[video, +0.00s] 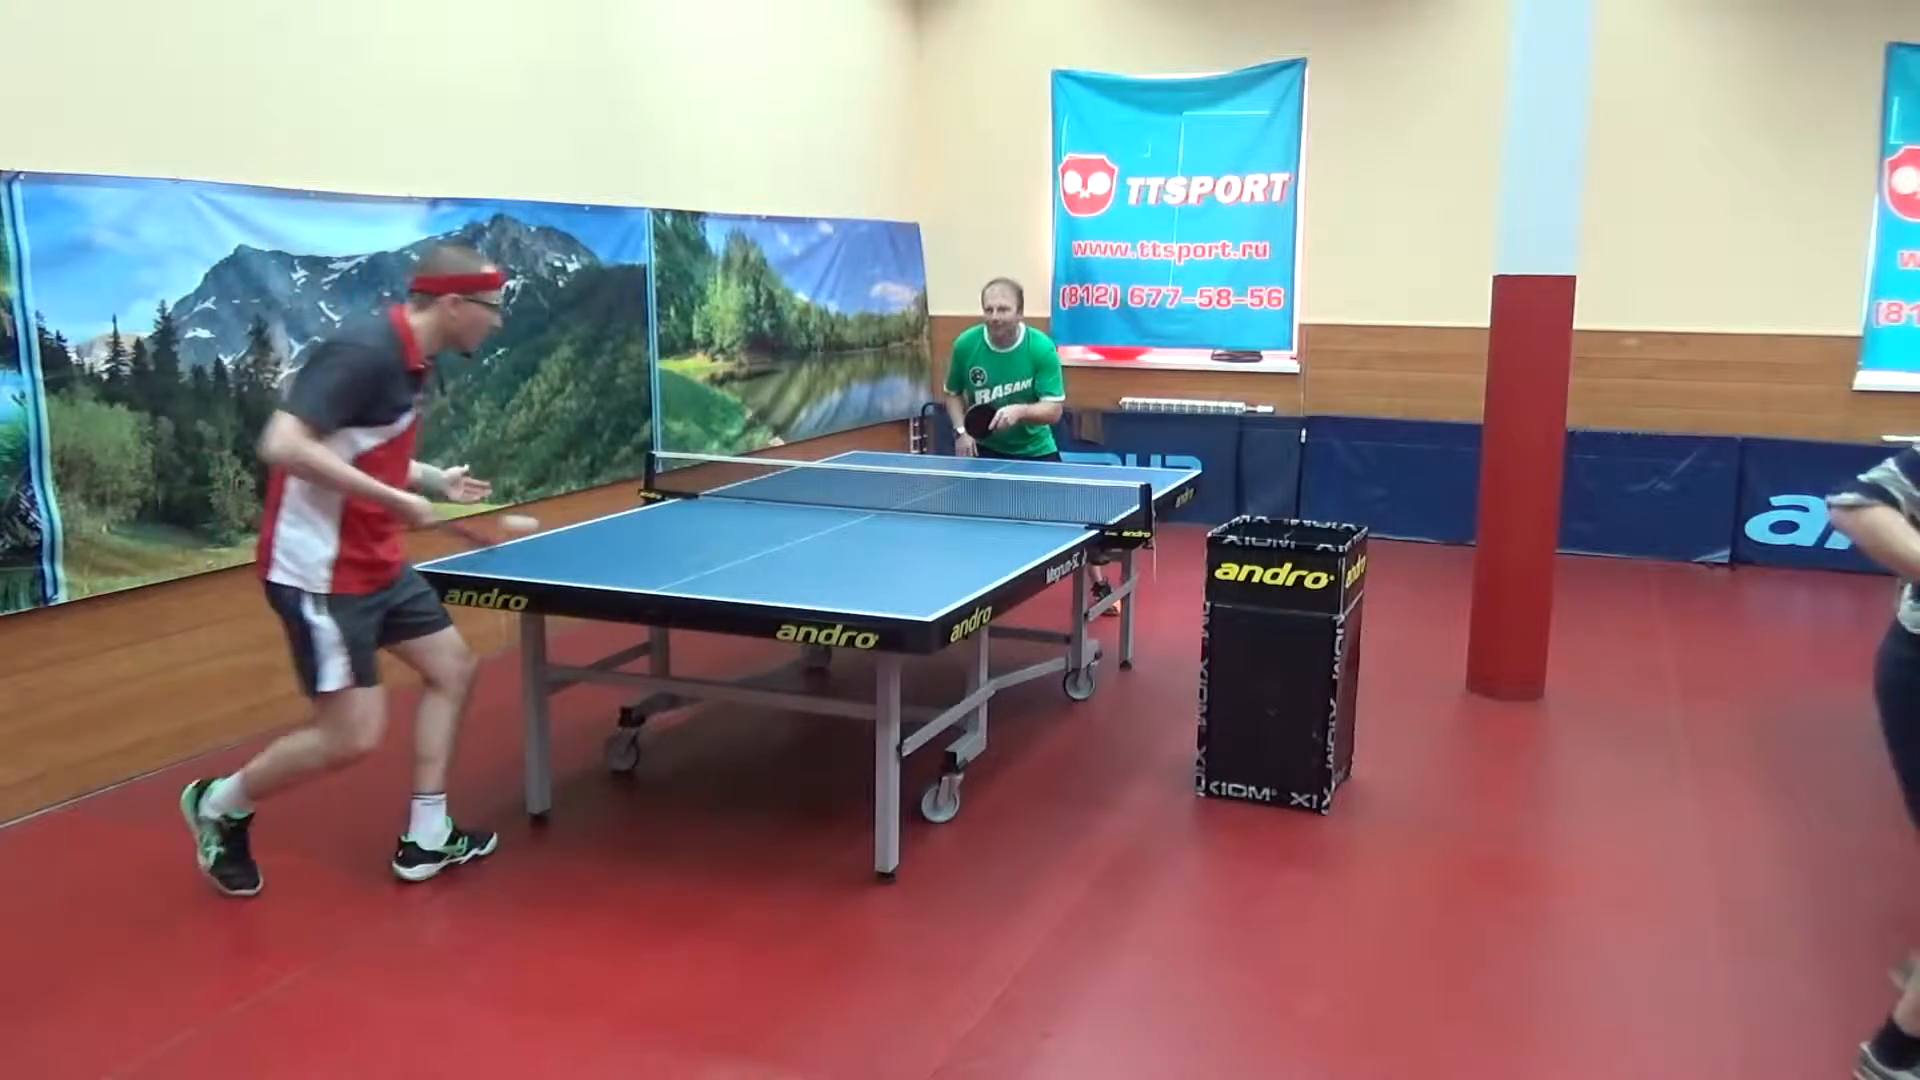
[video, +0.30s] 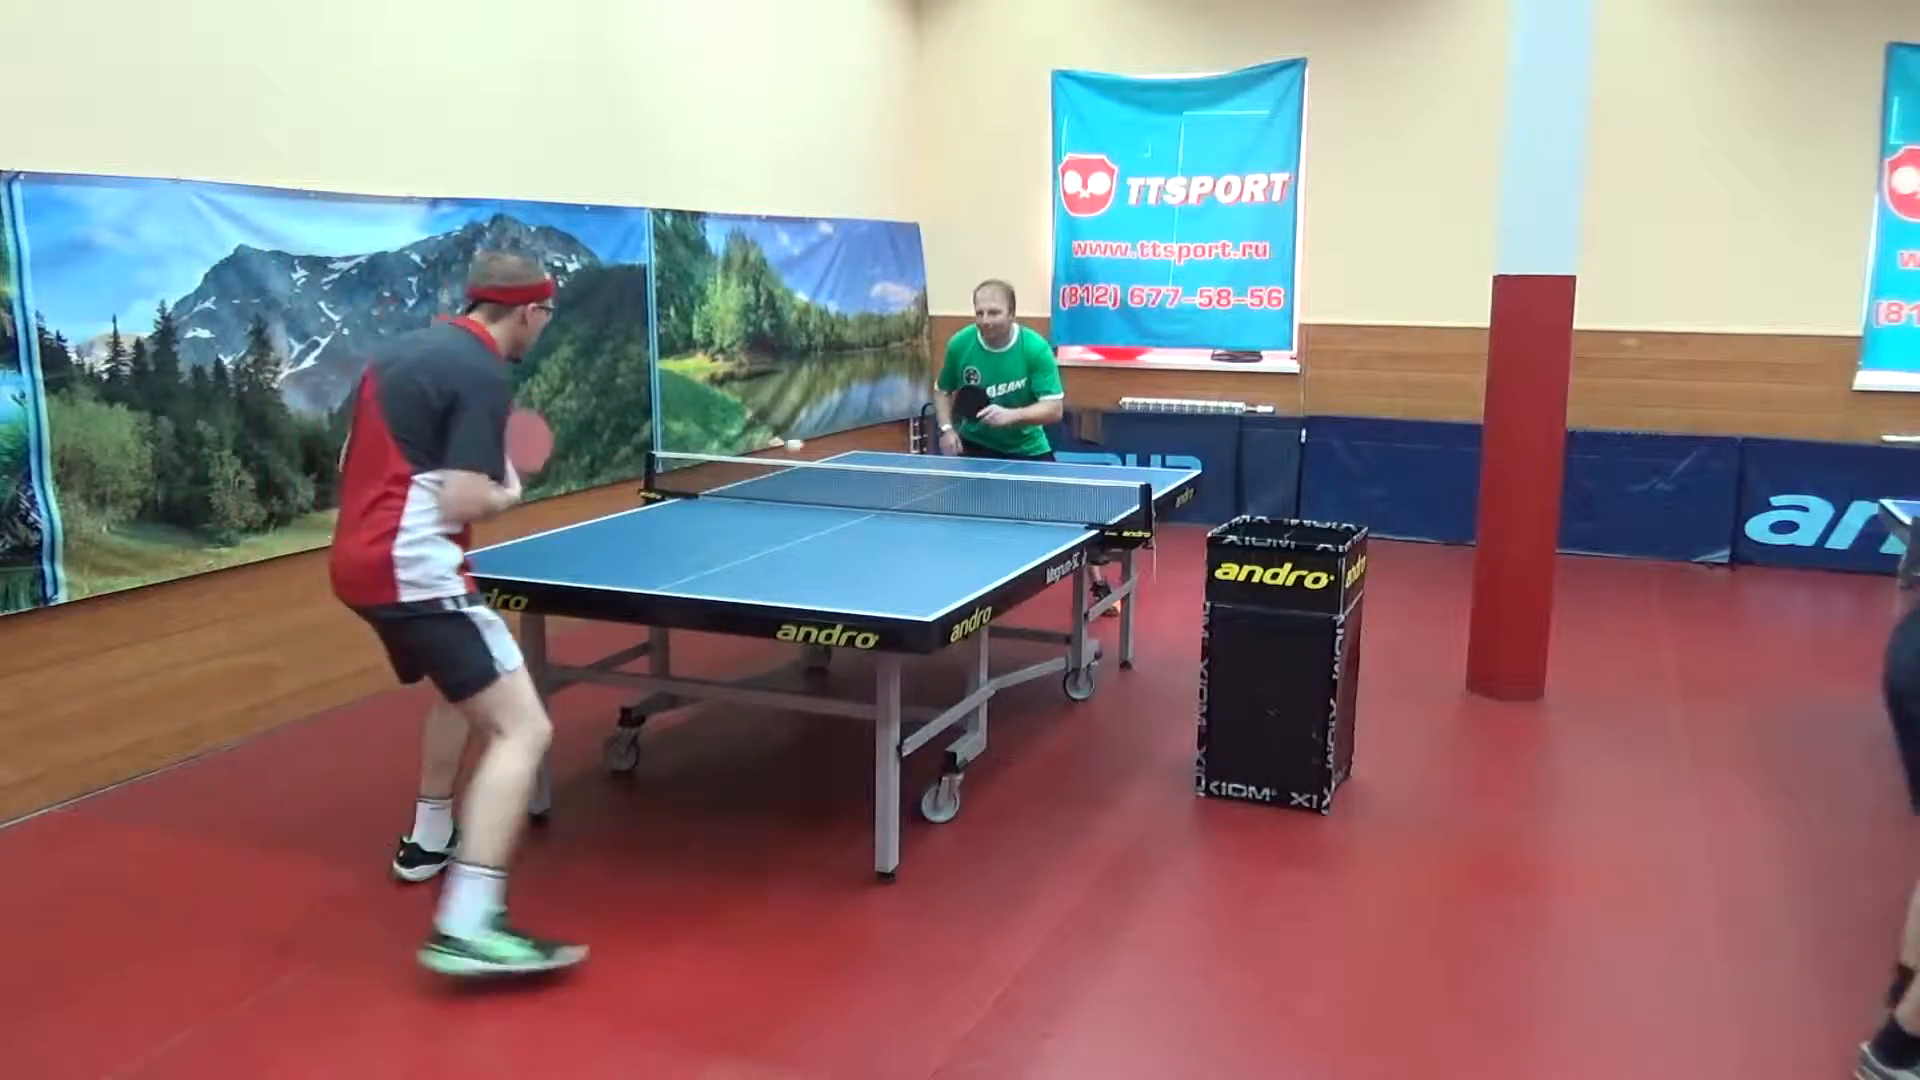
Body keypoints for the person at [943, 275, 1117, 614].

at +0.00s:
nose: (996, 317)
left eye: (1004, 310)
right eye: (990, 310)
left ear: (1020, 312)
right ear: (982, 311)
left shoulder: (1041, 348)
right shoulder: (965, 346)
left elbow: (1053, 410)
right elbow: (954, 393)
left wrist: (1019, 412)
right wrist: (962, 431)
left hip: (1037, 450)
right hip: (987, 451)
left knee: (1070, 514)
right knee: (974, 520)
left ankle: (1100, 585)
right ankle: (969, 595)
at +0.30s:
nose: (986, 321)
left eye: (994, 313)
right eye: (981, 313)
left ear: (1012, 314)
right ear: (973, 313)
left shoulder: (1035, 348)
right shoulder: (960, 345)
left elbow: (1053, 409)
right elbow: (943, 390)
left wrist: (1011, 415)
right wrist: (946, 428)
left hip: (1029, 450)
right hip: (976, 449)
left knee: (1068, 510)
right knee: (963, 517)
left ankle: (1098, 584)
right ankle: (962, 594)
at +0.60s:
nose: (946, 357)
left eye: (954, 350)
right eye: (943, 350)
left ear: (976, 350)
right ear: (939, 349)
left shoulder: (1001, 377)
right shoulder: (936, 372)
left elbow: (1020, 432)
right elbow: (925, 418)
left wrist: (969, 436)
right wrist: (921, 427)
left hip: (1013, 465)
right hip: (962, 466)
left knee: (1050, 519)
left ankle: (1096, 584)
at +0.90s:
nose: (945, 313)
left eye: (953, 306)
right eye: (941, 306)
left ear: (974, 309)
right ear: (937, 309)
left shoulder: (997, 345)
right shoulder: (934, 344)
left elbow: (997, 407)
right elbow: (930, 399)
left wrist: (947, 416)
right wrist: (921, 432)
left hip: (1011, 453)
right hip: (960, 453)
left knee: (1046, 516)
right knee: (950, 525)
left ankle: (1087, 586)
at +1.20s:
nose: (970, 300)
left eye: (979, 293)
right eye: (965, 293)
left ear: (998, 297)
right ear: (960, 297)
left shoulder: (1021, 337)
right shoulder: (950, 336)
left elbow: (1036, 395)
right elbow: (940, 392)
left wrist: (987, 403)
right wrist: (929, 430)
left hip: (1019, 450)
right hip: (966, 449)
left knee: (1048, 516)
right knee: (955, 520)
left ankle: (1087, 587)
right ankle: (958, 595)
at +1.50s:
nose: (978, 296)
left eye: (987, 290)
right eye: (976, 289)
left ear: (1012, 292)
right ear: (974, 289)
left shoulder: (1041, 332)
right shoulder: (964, 330)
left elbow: (1062, 387)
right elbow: (948, 382)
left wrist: (1029, 415)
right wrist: (944, 420)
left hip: (1029, 449)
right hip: (976, 449)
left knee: (1051, 519)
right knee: (969, 523)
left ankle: (1087, 587)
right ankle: (964, 599)